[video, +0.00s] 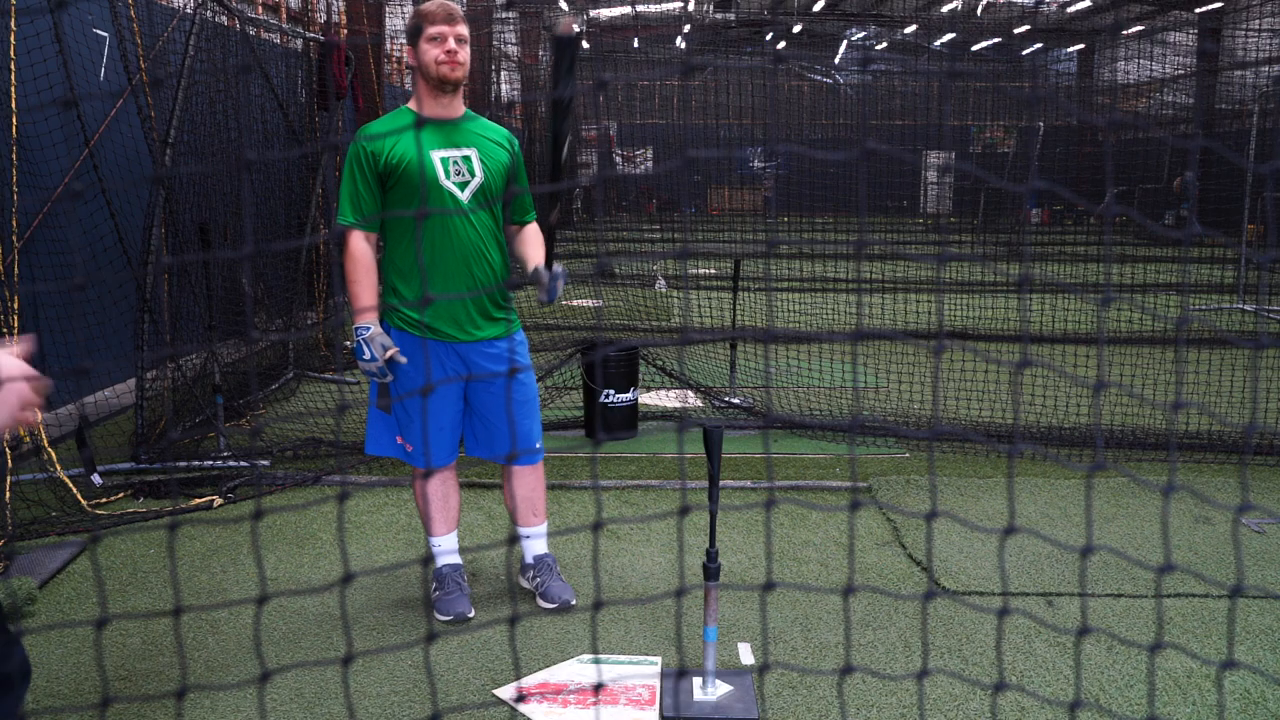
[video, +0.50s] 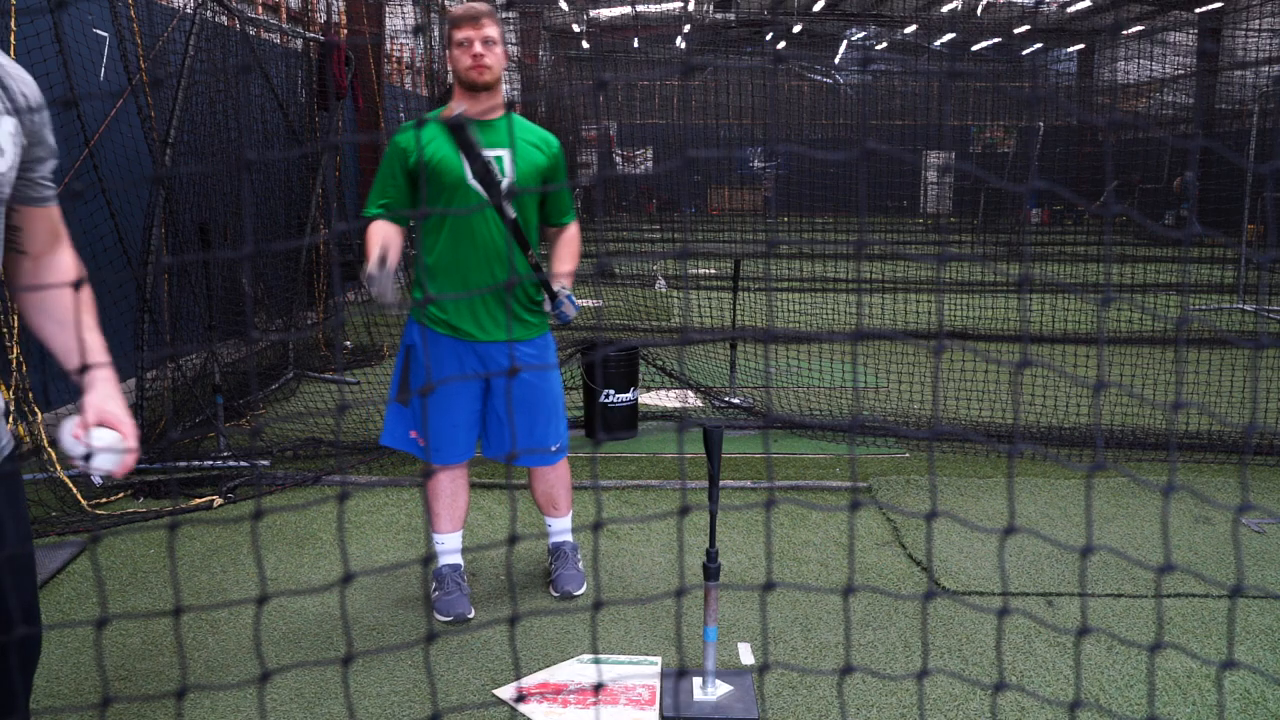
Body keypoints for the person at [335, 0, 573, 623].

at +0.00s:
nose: (452, 50)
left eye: (460, 41)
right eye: (437, 41)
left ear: (471, 54)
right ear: (412, 55)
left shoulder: (500, 143)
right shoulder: (376, 143)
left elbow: (522, 222)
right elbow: (360, 237)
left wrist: (539, 267)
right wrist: (367, 323)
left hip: (496, 327)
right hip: (416, 332)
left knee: (525, 445)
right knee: (434, 455)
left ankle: (536, 561)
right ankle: (447, 568)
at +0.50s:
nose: (479, 53)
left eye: (489, 43)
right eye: (465, 45)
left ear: (506, 54)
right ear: (448, 59)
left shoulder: (542, 145)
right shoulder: (414, 143)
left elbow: (564, 225)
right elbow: (387, 216)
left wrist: (560, 282)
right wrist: (382, 259)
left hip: (525, 325)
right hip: (444, 327)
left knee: (547, 445)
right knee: (448, 455)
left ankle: (562, 548)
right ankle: (449, 567)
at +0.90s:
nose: (519, 60)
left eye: (532, 49)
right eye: (510, 51)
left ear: (558, 57)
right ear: (502, 61)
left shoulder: (592, 147)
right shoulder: (470, 137)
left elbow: (617, 227)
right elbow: (436, 224)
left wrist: (609, 288)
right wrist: (452, 212)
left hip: (568, 325)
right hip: (489, 324)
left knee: (572, 441)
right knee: (476, 446)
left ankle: (564, 548)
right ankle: (453, 566)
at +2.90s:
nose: (550, 62)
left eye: (560, 50)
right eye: (539, 54)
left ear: (585, 56)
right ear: (529, 65)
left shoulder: (622, 148)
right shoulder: (500, 143)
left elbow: (650, 229)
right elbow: (480, 233)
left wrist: (639, 285)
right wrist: (475, 216)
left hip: (589, 322)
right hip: (514, 319)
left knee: (577, 436)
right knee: (500, 436)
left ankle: (566, 546)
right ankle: (486, 550)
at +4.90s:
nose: (572, 59)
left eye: (580, 49)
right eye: (559, 51)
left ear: (594, 58)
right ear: (539, 64)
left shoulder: (623, 148)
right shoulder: (504, 142)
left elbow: (653, 225)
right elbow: (481, 233)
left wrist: (636, 276)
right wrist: (477, 183)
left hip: (592, 320)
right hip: (517, 319)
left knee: (579, 440)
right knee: (503, 440)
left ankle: (566, 547)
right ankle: (487, 550)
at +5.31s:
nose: (580, 61)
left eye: (584, 51)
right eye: (566, 52)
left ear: (595, 60)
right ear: (537, 64)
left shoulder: (621, 148)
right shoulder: (505, 135)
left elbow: (653, 226)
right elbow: (474, 213)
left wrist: (627, 286)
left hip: (589, 324)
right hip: (514, 320)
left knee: (576, 442)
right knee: (500, 444)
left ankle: (566, 546)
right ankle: (485, 551)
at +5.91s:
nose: (552, 83)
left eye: (560, 70)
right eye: (538, 72)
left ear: (572, 69)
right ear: (514, 73)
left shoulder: (596, 147)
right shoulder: (480, 146)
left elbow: (631, 224)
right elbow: (452, 221)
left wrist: (610, 276)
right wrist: (473, 279)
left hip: (570, 323)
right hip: (493, 321)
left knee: (570, 433)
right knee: (465, 436)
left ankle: (565, 543)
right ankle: (435, 547)